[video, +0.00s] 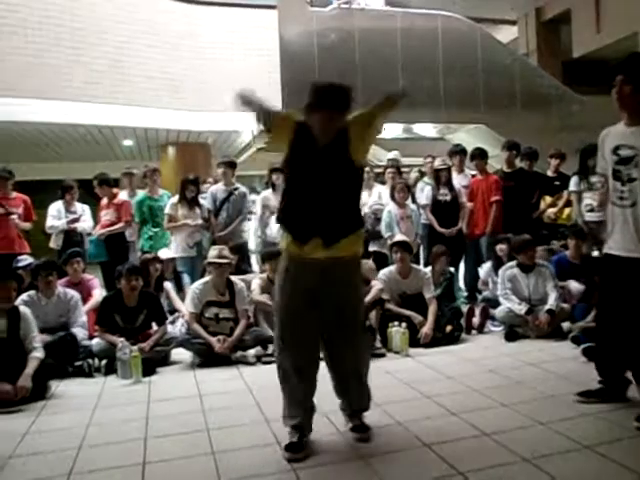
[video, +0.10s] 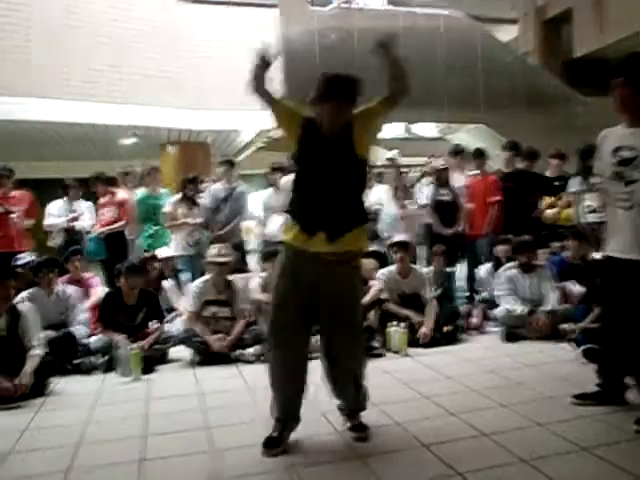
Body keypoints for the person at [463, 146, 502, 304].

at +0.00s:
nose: (475, 165)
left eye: (478, 161)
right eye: (473, 161)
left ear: (485, 161)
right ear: (471, 163)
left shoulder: (493, 180)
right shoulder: (473, 181)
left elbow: (495, 204)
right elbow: (470, 204)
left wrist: (489, 228)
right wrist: (466, 223)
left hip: (486, 230)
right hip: (472, 230)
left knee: (487, 265)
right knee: (471, 266)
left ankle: (490, 293)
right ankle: (471, 294)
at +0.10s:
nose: (476, 163)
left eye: (479, 160)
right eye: (474, 160)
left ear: (484, 160)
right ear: (472, 161)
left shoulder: (491, 180)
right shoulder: (471, 181)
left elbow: (494, 205)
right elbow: (468, 205)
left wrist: (487, 228)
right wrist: (465, 225)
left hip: (485, 232)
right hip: (471, 232)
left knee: (486, 267)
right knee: (472, 267)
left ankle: (489, 295)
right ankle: (472, 294)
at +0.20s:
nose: (478, 164)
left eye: (481, 161)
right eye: (477, 161)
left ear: (489, 161)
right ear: (476, 162)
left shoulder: (497, 180)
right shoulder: (477, 182)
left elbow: (499, 206)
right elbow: (473, 204)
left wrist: (491, 229)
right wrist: (468, 224)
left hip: (489, 230)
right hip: (475, 230)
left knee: (489, 265)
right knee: (472, 266)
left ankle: (491, 294)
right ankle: (472, 294)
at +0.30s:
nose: (476, 163)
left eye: (478, 159)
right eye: (474, 159)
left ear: (485, 159)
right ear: (473, 161)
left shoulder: (493, 178)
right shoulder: (473, 180)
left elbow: (495, 203)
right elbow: (469, 202)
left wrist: (488, 226)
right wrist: (464, 222)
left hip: (486, 228)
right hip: (472, 228)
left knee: (487, 262)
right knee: (468, 263)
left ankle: (490, 292)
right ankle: (468, 292)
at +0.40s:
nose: (474, 162)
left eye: (477, 158)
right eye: (473, 159)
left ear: (484, 159)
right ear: (471, 160)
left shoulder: (492, 179)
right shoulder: (472, 180)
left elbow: (494, 204)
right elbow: (467, 201)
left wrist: (486, 227)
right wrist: (462, 221)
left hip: (484, 229)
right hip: (470, 229)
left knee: (485, 264)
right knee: (467, 264)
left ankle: (489, 293)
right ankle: (467, 294)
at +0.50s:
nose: (470, 161)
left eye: (472, 158)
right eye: (468, 158)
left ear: (479, 158)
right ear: (466, 160)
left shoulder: (487, 178)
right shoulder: (466, 180)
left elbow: (488, 202)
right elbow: (462, 201)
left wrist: (480, 226)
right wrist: (457, 221)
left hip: (479, 228)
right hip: (465, 228)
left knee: (481, 263)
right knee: (461, 264)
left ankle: (485, 294)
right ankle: (461, 294)